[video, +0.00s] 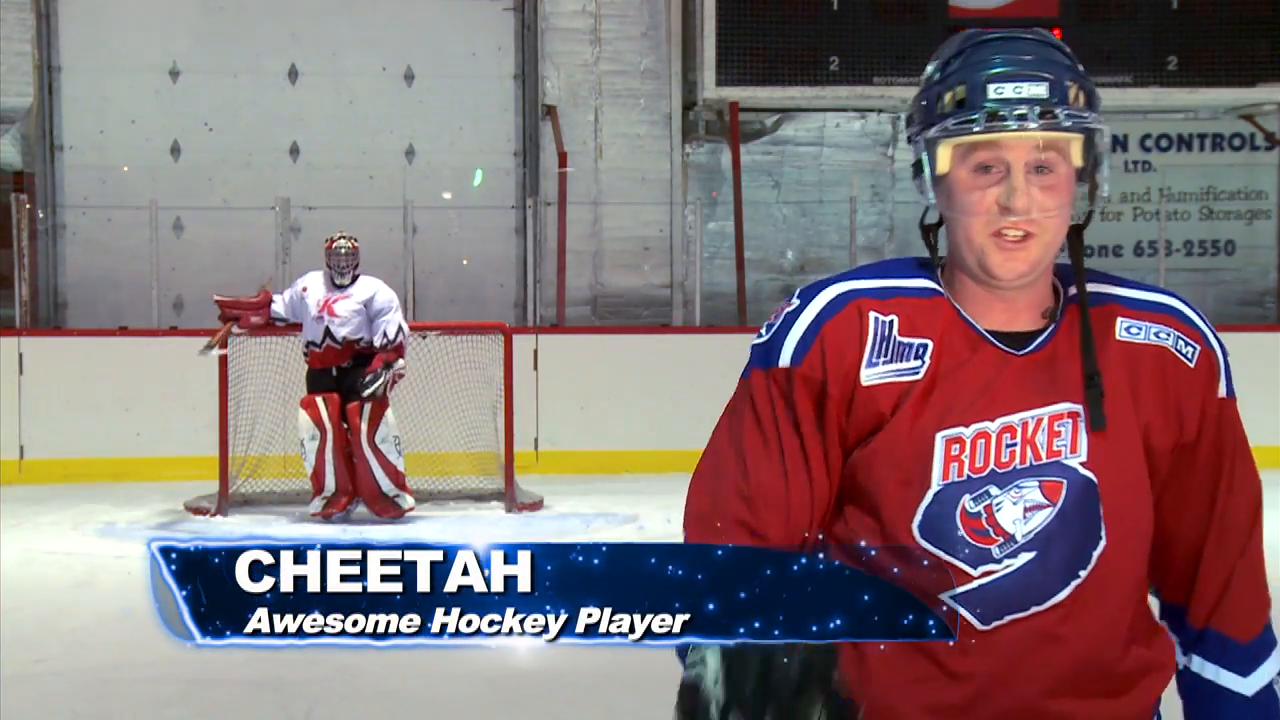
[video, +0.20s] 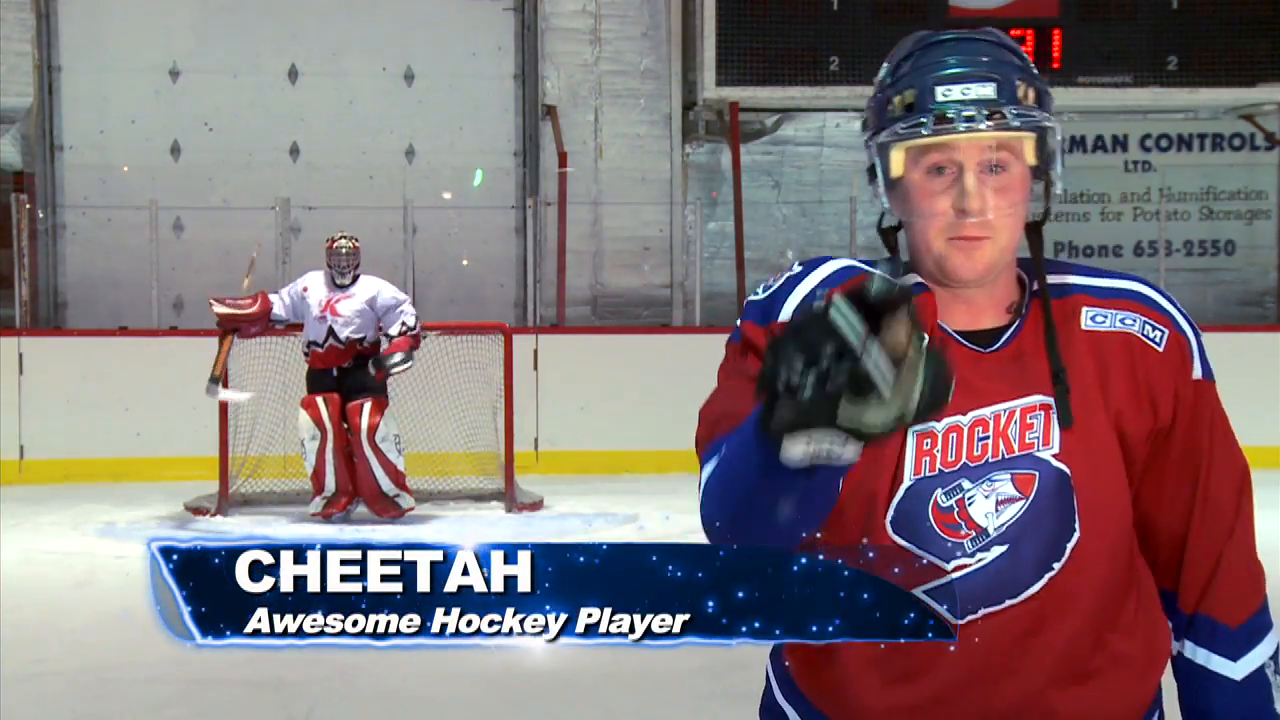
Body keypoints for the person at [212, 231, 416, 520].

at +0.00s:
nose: (342, 263)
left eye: (348, 257)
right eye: (336, 257)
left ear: (357, 259)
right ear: (327, 259)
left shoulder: (375, 292)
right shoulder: (309, 286)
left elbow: (394, 341)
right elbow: (280, 308)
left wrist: (382, 370)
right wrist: (243, 309)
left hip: (360, 373)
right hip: (321, 374)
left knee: (365, 433)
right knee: (326, 434)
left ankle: (389, 498)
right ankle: (335, 497)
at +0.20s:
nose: (343, 263)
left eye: (348, 257)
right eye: (337, 257)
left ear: (357, 259)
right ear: (328, 259)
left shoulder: (375, 290)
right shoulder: (310, 286)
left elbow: (406, 319)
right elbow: (278, 305)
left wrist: (397, 351)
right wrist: (240, 312)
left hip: (362, 373)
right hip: (321, 375)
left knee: (367, 431)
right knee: (325, 434)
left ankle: (390, 500)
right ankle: (333, 498)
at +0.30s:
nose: (344, 263)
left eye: (349, 257)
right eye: (338, 258)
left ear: (358, 259)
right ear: (329, 259)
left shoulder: (376, 289)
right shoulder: (310, 286)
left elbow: (408, 310)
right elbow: (275, 306)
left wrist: (411, 336)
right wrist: (241, 315)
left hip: (363, 372)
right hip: (322, 373)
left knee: (371, 432)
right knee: (325, 435)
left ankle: (391, 501)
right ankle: (332, 500)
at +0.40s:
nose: (344, 262)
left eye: (349, 257)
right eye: (338, 256)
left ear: (358, 259)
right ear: (328, 259)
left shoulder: (378, 289)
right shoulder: (310, 286)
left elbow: (412, 306)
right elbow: (274, 309)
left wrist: (422, 320)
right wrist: (241, 322)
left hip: (364, 373)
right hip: (322, 374)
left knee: (374, 433)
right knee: (324, 436)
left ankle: (390, 501)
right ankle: (332, 500)